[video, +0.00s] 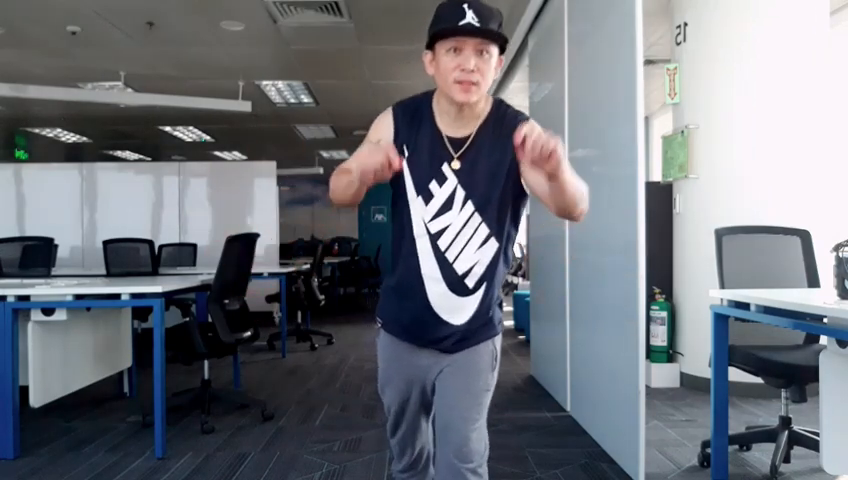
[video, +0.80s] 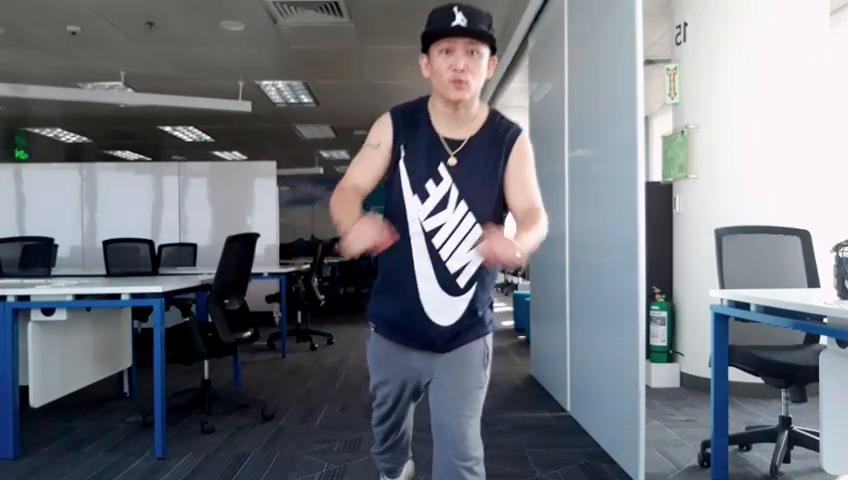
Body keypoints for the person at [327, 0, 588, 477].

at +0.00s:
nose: (469, 63)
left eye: (482, 52)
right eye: (455, 50)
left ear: (498, 65)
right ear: (430, 61)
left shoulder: (518, 132)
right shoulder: (397, 121)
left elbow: (574, 211)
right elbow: (338, 195)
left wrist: (557, 173)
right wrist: (361, 171)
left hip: (473, 332)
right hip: (403, 327)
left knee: (462, 460)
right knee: (406, 456)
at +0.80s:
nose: (459, 64)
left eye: (471, 53)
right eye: (447, 52)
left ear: (490, 66)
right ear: (425, 65)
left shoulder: (508, 138)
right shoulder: (394, 126)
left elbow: (533, 216)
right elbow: (346, 193)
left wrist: (517, 244)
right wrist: (355, 224)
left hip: (465, 330)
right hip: (395, 324)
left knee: (460, 456)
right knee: (388, 433)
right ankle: (393, 472)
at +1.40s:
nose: (460, 93)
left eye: (472, 81)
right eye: (446, 80)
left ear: (489, 90)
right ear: (422, 89)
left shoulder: (506, 159)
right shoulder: (391, 154)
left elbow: (533, 237)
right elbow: (351, 227)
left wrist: (562, 308)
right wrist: (309, 295)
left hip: (470, 346)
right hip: (397, 343)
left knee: (463, 464)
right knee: (387, 447)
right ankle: (394, 474)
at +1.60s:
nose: (471, 72)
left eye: (484, 59)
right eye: (457, 59)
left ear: (501, 69)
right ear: (433, 68)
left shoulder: (527, 144)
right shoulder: (401, 132)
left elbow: (568, 221)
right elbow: (350, 201)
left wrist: (610, 289)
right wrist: (319, 256)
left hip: (479, 340)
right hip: (405, 332)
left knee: (464, 463)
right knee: (380, 432)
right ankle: (391, 470)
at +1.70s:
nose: (472, 62)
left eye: (485, 48)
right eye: (458, 48)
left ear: (506, 56)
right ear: (435, 59)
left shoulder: (538, 128)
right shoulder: (409, 114)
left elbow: (574, 199)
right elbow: (356, 172)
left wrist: (613, 227)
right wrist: (329, 202)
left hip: (489, 337)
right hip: (411, 325)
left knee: (469, 468)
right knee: (372, 456)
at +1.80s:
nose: (478, 50)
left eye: (492, 35)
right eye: (463, 37)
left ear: (512, 44)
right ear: (441, 48)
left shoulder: (546, 117)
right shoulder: (415, 110)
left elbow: (589, 189)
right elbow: (360, 174)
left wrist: (568, 190)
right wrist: (307, 209)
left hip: (496, 337)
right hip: (416, 324)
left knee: (475, 470)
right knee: (370, 460)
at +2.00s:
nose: (489, 34)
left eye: (503, 20)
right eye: (473, 20)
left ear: (525, 31)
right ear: (450, 34)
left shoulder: (558, 105)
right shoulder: (424, 109)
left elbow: (573, 181)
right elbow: (367, 193)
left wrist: (488, 194)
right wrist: (310, 269)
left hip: (515, 333)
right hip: (432, 323)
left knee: (492, 471)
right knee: (413, 464)